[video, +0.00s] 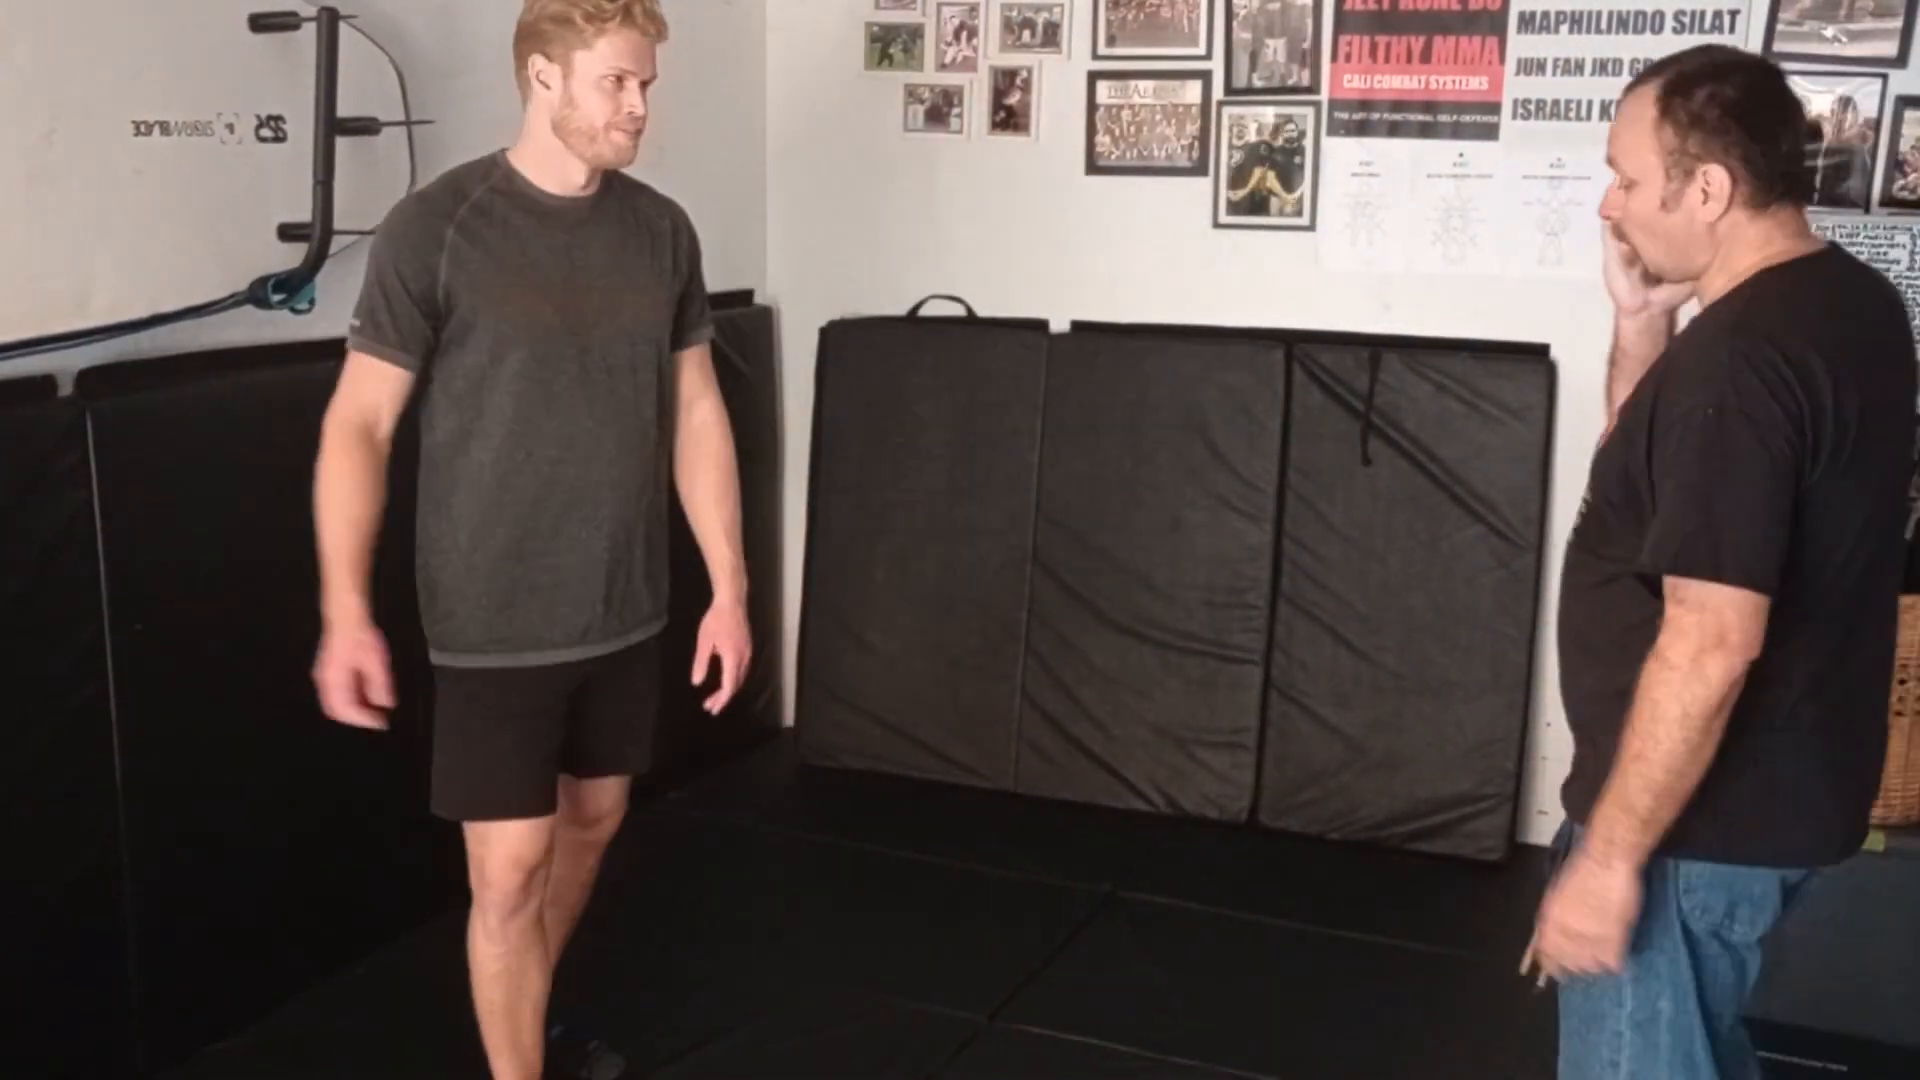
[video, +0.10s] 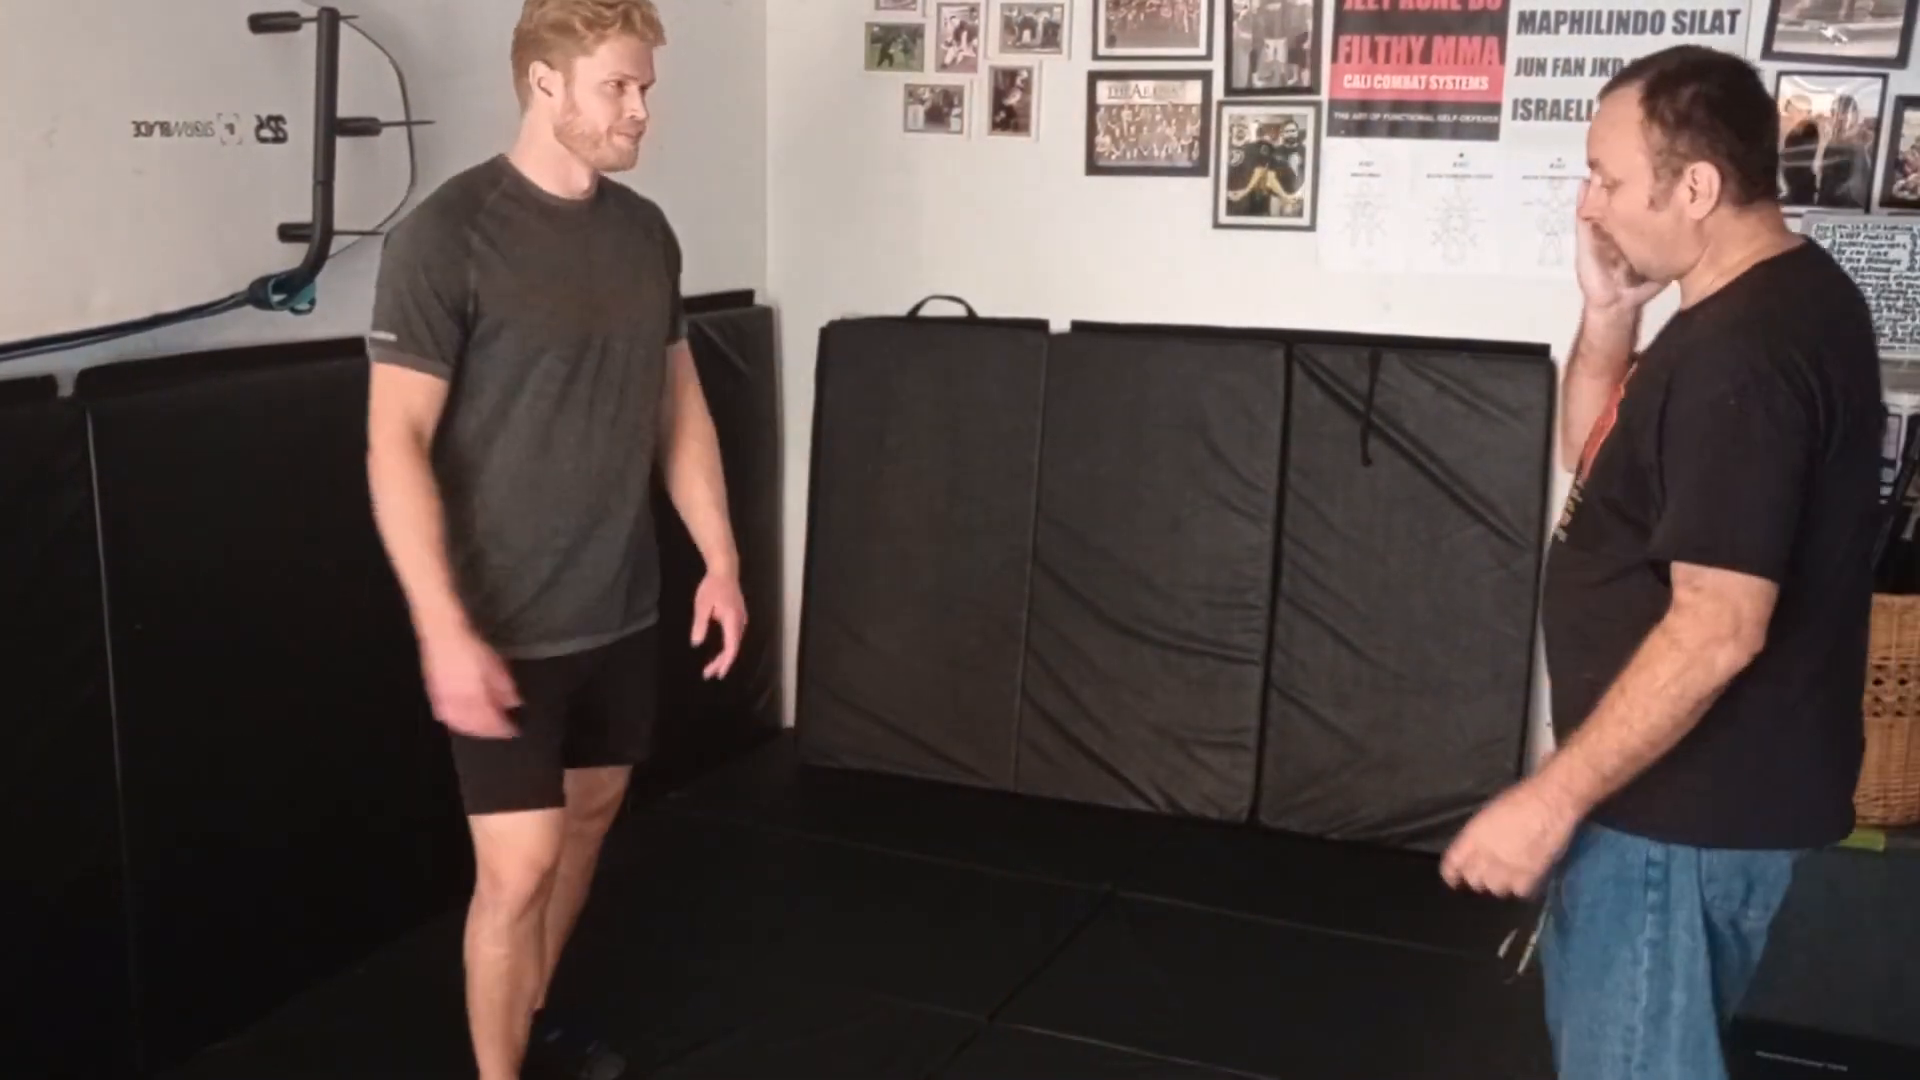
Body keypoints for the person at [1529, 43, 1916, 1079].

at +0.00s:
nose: (1609, 205)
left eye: (1624, 178)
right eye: (1612, 176)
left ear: (1710, 190)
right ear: (1724, 187)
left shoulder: (1735, 356)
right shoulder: (1857, 306)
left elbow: (1712, 637)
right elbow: (1647, 500)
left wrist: (1605, 858)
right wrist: (1640, 319)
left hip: (1685, 838)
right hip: (1771, 819)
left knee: (1636, 1065)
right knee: (1690, 1055)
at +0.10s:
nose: (1586, 204)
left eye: (1606, 180)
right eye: (1590, 176)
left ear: (1697, 190)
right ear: (1700, 188)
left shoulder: (1744, 341)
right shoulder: (1799, 298)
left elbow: (1719, 622)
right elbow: (1598, 482)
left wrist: (1548, 798)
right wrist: (1610, 310)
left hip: (1672, 821)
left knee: (1634, 1063)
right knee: (1639, 1055)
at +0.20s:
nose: (1573, 208)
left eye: (1596, 185)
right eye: (1576, 180)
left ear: (1692, 195)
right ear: (1685, 198)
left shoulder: (1769, 342)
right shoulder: (1683, 312)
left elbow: (1739, 615)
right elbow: (1536, 457)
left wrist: (1537, 753)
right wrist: (1580, 311)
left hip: (1693, 807)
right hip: (1624, 789)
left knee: (1641, 1066)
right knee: (1550, 1055)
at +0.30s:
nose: (1559, 211)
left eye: (1585, 186)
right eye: (1559, 181)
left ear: (1684, 194)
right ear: (1671, 198)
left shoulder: (1775, 338)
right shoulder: (1617, 306)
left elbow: (1777, 596)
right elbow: (1491, 458)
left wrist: (1576, 743)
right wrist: (1551, 312)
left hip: (1692, 802)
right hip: (1574, 781)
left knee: (1648, 1065)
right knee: (1537, 1056)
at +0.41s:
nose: (1536, 208)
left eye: (1565, 181)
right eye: (1535, 178)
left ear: (1661, 186)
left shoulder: (1765, 326)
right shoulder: (1573, 309)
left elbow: (1821, 567)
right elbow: (1461, 464)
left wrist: (1665, 729)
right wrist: (1525, 313)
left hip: (1705, 791)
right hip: (1556, 760)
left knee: (1665, 1059)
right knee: (1534, 1047)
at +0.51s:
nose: (1517, 212)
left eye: (1545, 185)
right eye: (1513, 183)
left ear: (1637, 187)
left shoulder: (1757, 319)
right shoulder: (1540, 313)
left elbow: (1862, 531)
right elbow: (1449, 483)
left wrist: (1732, 696)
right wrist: (1500, 325)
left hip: (1713, 778)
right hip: (1558, 763)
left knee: (1699, 1057)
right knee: (1539, 1045)